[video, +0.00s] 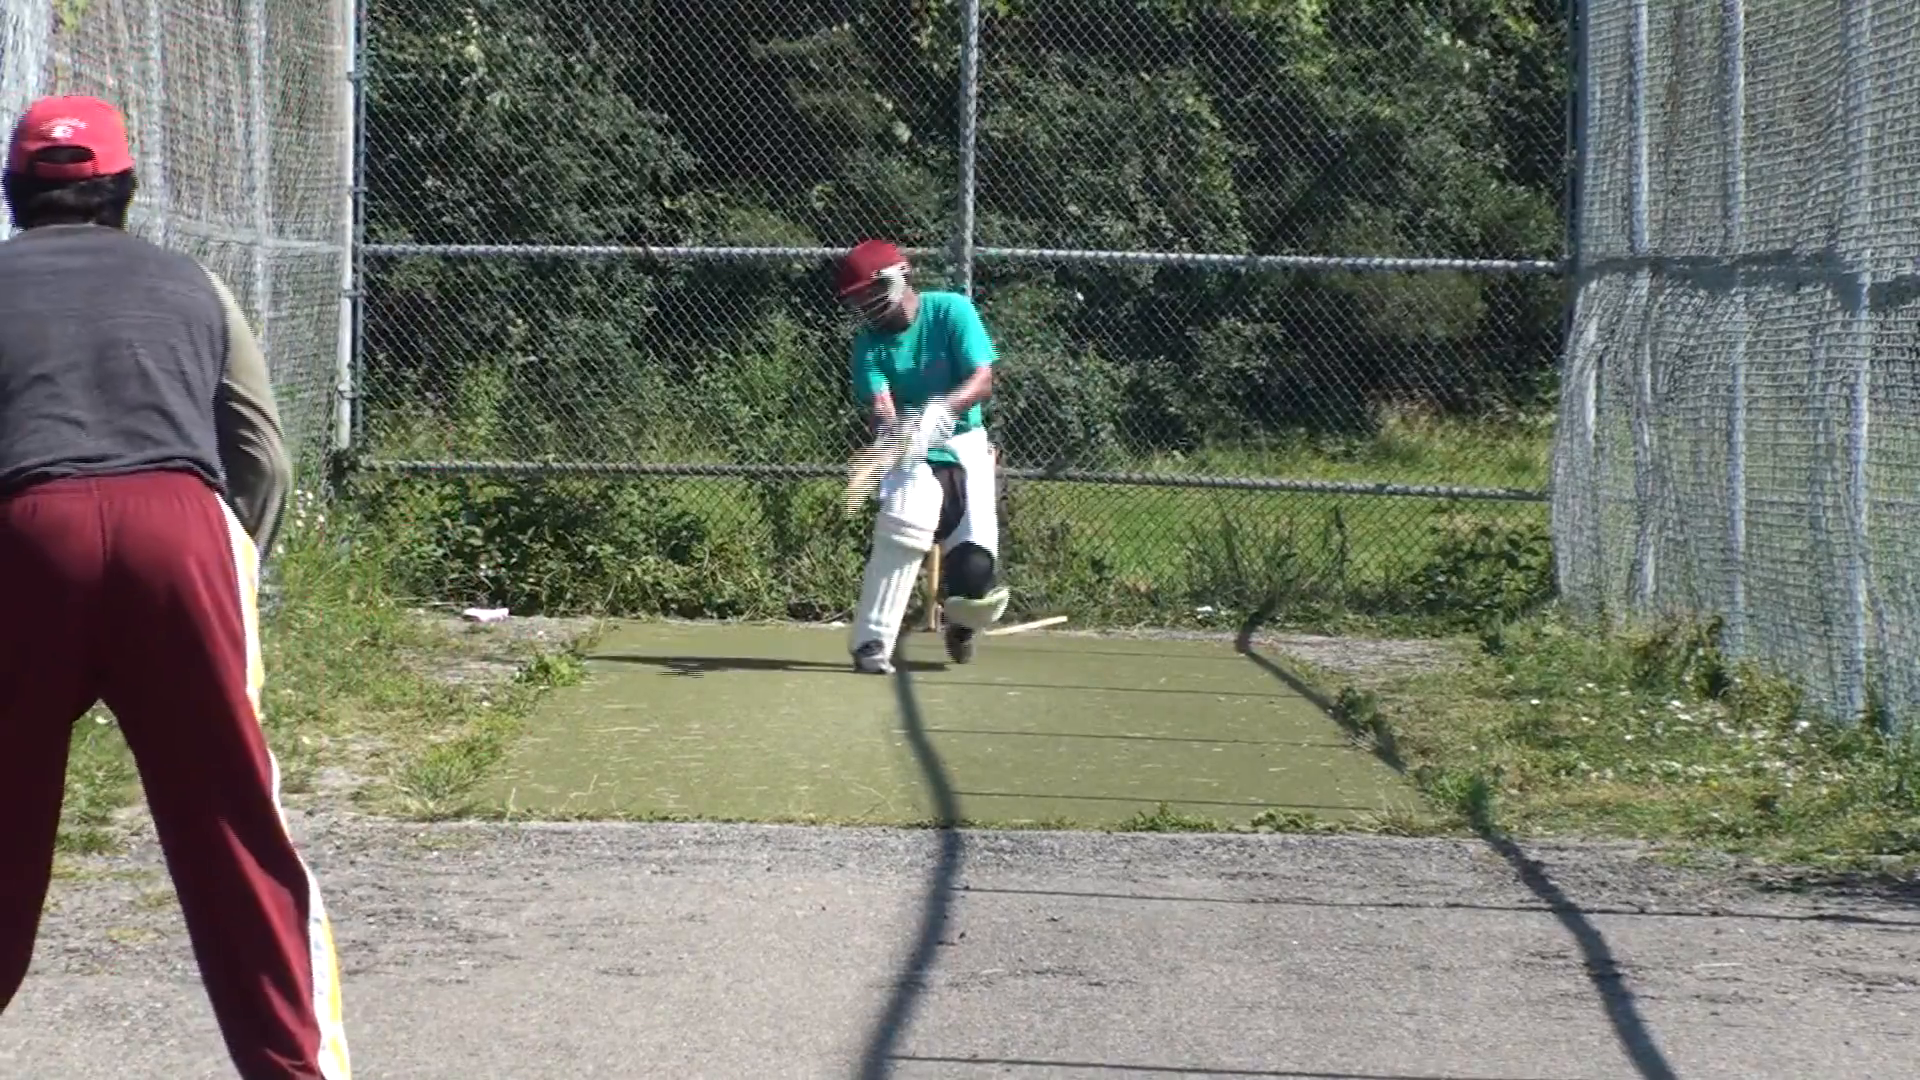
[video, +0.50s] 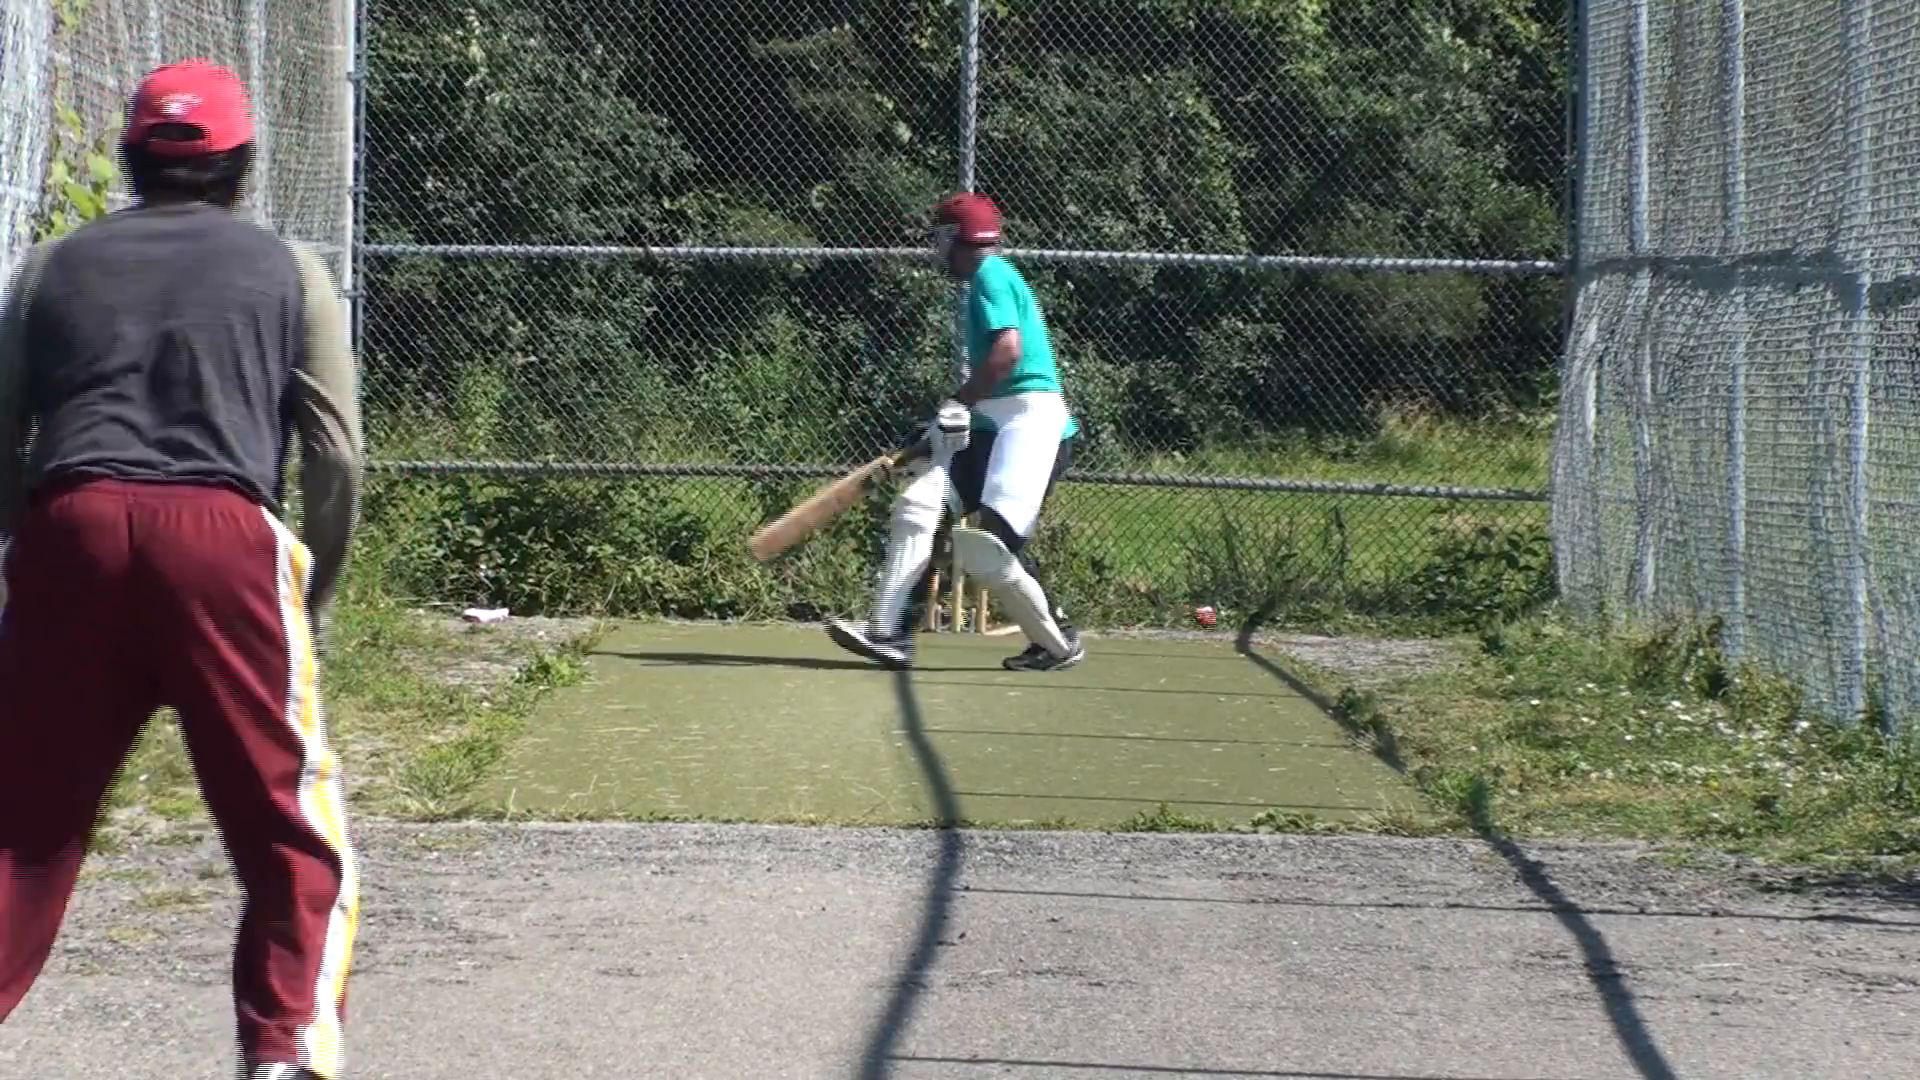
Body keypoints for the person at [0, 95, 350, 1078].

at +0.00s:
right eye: (114, 183)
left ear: (16, 194)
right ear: (124, 194)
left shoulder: (2, 273)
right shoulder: (190, 281)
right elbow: (259, 449)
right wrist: (230, 568)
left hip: (29, 531)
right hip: (175, 529)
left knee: (7, 825)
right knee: (226, 811)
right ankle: (291, 1058)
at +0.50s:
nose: (224, 163)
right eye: (230, 149)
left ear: (132, 161)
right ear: (239, 162)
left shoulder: (58, 261)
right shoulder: (290, 267)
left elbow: (11, 424)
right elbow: (339, 454)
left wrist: (26, 533)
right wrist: (310, 584)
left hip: (65, 538)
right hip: (224, 542)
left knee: (29, 825)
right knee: (282, 820)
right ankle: (284, 1053)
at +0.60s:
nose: (303, 143)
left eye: (295, 128)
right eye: (298, 133)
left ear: (184, 148)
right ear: (285, 150)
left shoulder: (117, 245)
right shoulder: (327, 260)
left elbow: (62, 408)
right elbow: (368, 457)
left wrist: (121, 492)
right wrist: (359, 585)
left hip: (103, 543)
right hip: (250, 551)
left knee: (46, 822)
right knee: (308, 845)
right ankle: (243, 1064)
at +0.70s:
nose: (375, 143)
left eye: (367, 126)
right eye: (362, 131)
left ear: (261, 150)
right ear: (330, 154)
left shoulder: (184, 243)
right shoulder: (368, 266)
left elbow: (163, 376)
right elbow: (411, 440)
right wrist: (433, 561)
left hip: (159, 542)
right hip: (283, 551)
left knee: (113, 801)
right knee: (317, 824)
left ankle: (5, 994)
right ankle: (257, 1058)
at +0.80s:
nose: (462, 163)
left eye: (456, 144)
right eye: (445, 148)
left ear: (361, 168)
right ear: (395, 173)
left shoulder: (262, 232)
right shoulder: (408, 274)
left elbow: (259, 384)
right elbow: (455, 450)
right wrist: (515, 535)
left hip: (206, 531)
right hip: (310, 546)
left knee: (227, 801)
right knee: (338, 830)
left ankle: (53, 975)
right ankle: (257, 1060)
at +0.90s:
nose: (540, 183)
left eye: (542, 164)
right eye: (526, 163)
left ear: (439, 167)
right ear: (465, 170)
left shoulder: (341, 226)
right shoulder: (447, 261)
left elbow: (333, 390)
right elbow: (492, 459)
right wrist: (597, 536)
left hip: (263, 512)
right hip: (338, 528)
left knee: (353, 763)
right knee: (346, 782)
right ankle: (272, 1050)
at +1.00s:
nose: (605, 215)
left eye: (610, 196)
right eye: (597, 191)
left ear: (519, 172)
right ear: (533, 172)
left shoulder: (420, 228)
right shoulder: (490, 260)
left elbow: (378, 402)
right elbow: (503, 447)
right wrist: (650, 544)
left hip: (344, 521)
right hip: (386, 536)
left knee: (447, 781)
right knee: (353, 806)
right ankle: (257, 1060)